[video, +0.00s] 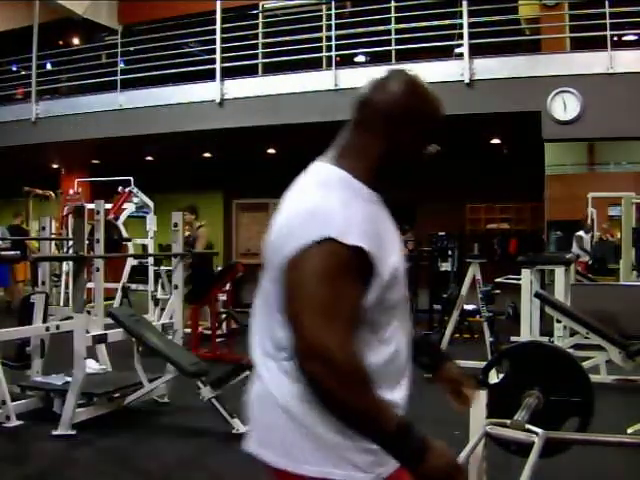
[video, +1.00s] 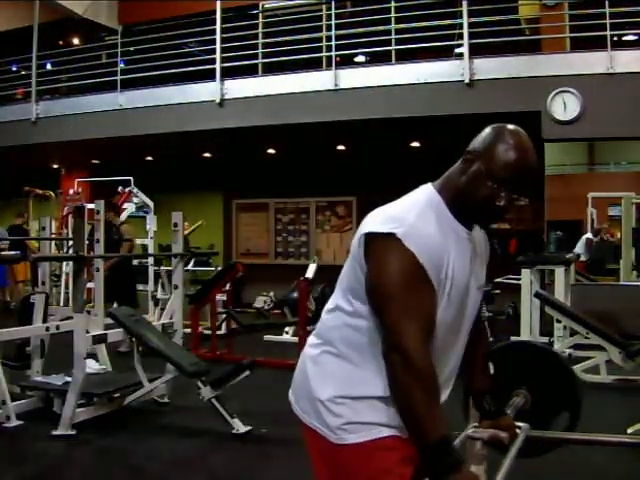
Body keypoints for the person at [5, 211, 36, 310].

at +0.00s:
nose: (22, 220)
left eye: (21, 218)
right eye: (22, 218)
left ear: (13, 217)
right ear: (21, 218)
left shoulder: (8, 229)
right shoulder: (24, 230)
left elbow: (6, 243)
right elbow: (28, 243)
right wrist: (35, 251)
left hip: (10, 258)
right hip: (21, 258)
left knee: (11, 282)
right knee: (20, 282)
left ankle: (11, 302)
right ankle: (18, 303)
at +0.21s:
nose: (22, 221)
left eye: (21, 219)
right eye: (22, 219)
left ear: (15, 218)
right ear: (23, 219)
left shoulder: (9, 229)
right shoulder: (24, 230)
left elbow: (6, 242)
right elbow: (28, 243)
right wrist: (35, 250)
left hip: (10, 258)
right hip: (21, 258)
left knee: (12, 282)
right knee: (20, 282)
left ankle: (12, 302)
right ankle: (19, 303)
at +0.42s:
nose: (25, 221)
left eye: (24, 219)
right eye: (25, 219)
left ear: (15, 218)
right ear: (23, 218)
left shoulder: (9, 228)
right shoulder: (24, 230)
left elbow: (7, 242)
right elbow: (27, 242)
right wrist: (35, 250)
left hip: (10, 258)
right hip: (21, 258)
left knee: (11, 282)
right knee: (20, 282)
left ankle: (12, 302)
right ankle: (21, 302)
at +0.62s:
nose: (26, 220)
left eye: (24, 218)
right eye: (25, 218)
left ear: (15, 218)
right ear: (23, 218)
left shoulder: (9, 228)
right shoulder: (24, 230)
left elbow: (7, 242)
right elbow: (28, 242)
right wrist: (35, 250)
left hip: (11, 257)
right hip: (22, 257)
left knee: (12, 282)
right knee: (21, 282)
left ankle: (12, 302)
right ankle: (21, 302)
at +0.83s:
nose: (26, 220)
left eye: (24, 218)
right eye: (25, 218)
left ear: (15, 218)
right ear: (23, 218)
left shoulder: (9, 228)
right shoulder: (23, 230)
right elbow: (27, 242)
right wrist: (35, 250)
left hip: (11, 257)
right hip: (21, 257)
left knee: (12, 282)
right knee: (20, 282)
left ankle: (13, 303)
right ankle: (20, 303)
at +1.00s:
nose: (27, 219)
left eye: (26, 217)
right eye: (26, 217)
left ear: (16, 217)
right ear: (24, 217)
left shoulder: (10, 228)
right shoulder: (23, 229)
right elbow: (27, 242)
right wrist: (35, 250)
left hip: (10, 258)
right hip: (21, 257)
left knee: (13, 282)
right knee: (20, 282)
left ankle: (13, 301)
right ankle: (21, 301)